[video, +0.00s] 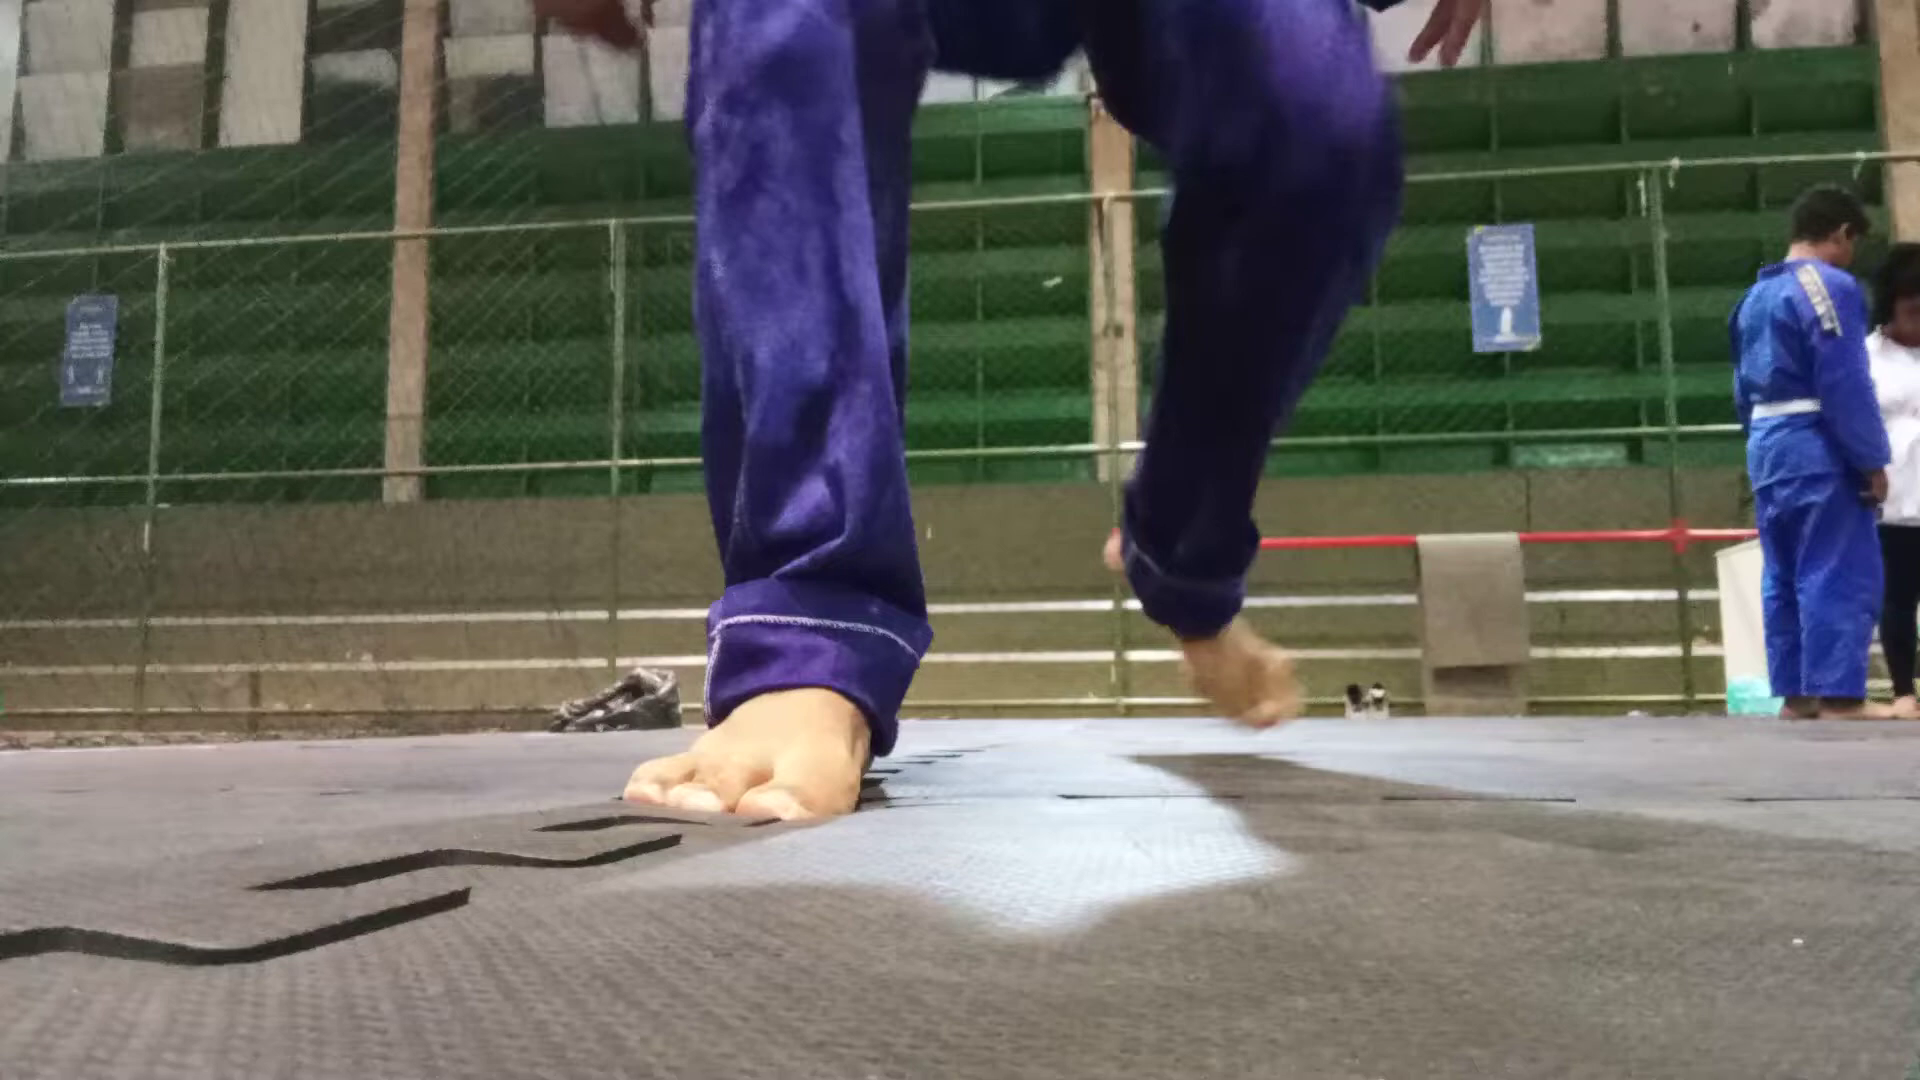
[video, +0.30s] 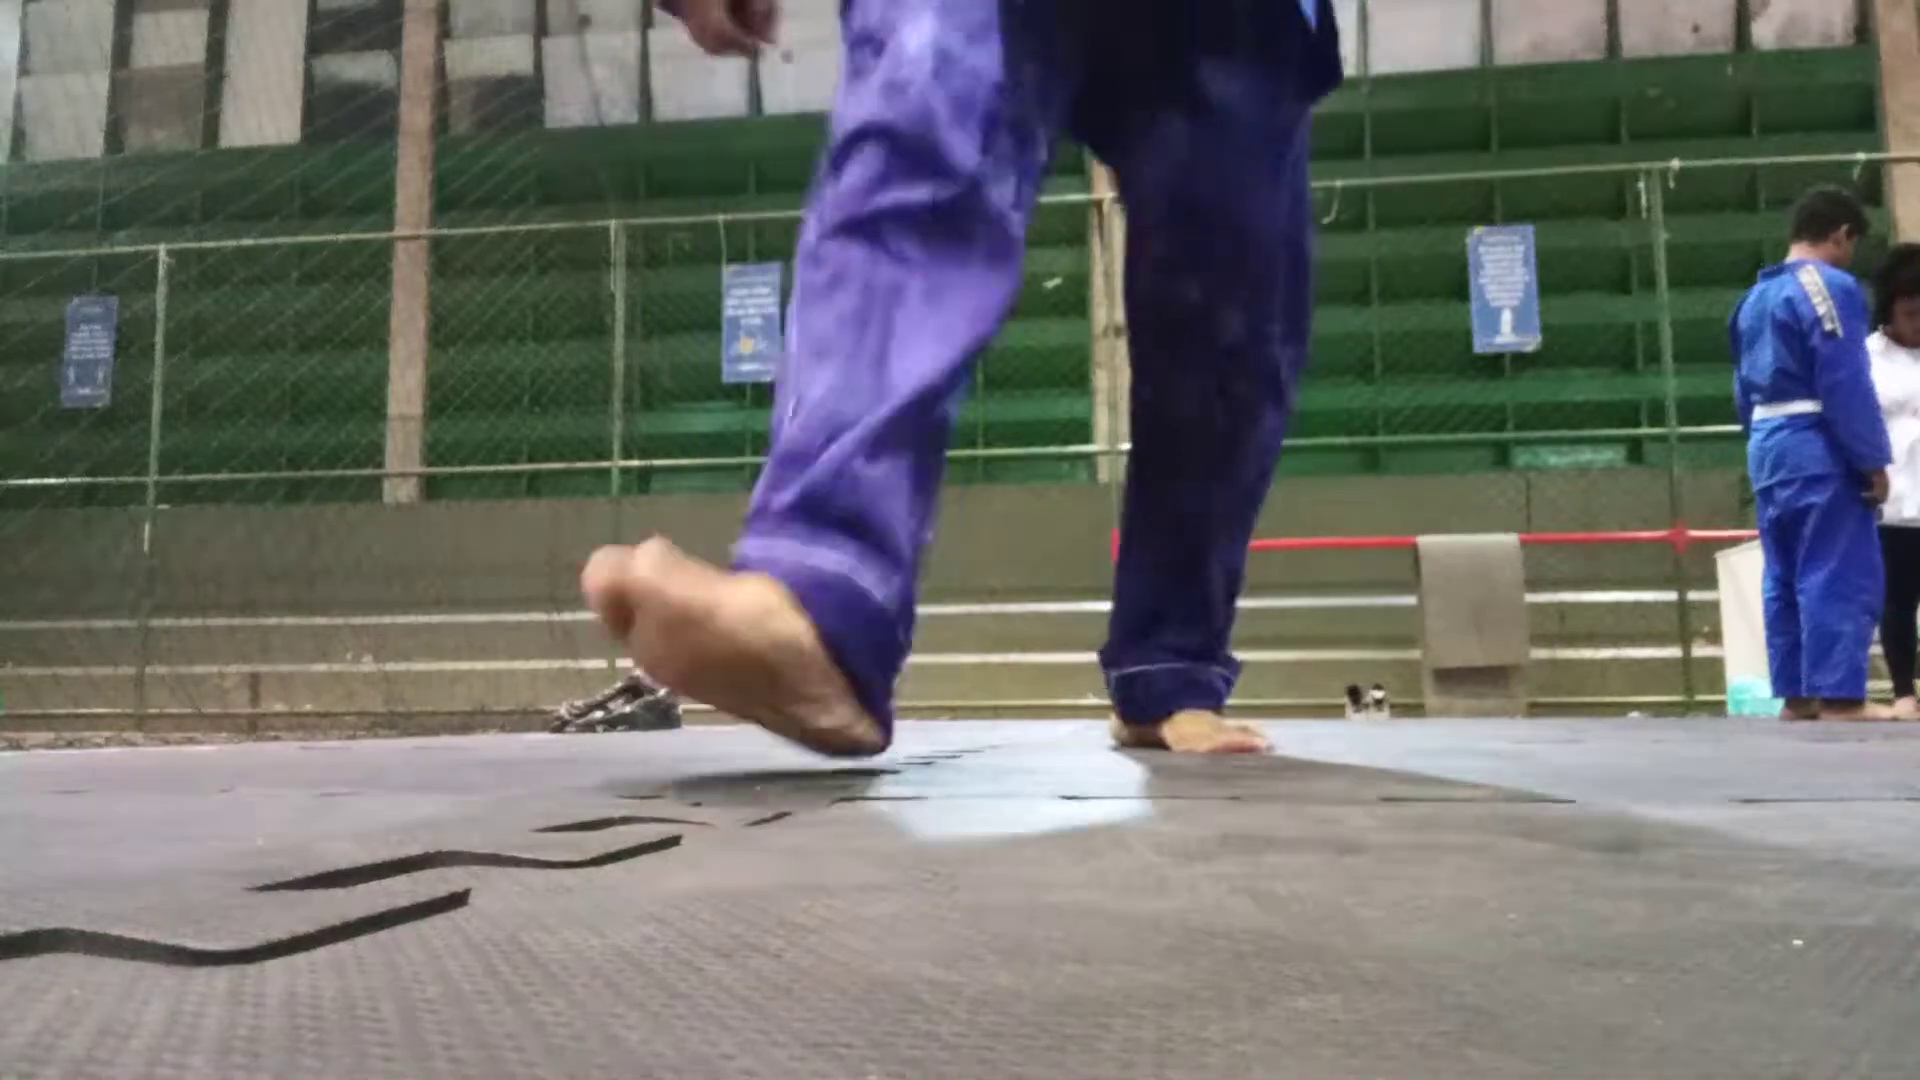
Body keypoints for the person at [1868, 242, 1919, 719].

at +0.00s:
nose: (1915, 319)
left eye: (1918, 309)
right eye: (1909, 309)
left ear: (1919, 310)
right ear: (1890, 309)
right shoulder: (1868, 353)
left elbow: (1858, 418)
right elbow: (1855, 416)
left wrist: (1868, 468)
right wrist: (1868, 471)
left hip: (1914, 498)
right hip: (1895, 497)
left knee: (1906, 602)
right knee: (1898, 603)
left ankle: (1907, 688)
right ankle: (1903, 690)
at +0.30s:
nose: (1914, 320)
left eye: (1918, 310)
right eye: (1907, 311)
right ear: (1890, 310)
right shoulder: (1869, 354)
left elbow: (1862, 415)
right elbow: (1859, 413)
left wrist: (1871, 467)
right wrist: (1871, 469)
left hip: (1913, 496)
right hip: (1895, 496)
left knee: (1906, 603)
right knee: (1898, 604)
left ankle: (1908, 689)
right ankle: (1904, 690)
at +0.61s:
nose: (1914, 319)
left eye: (1918, 310)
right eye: (1907, 310)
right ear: (1888, 309)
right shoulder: (1869, 353)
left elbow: (1861, 417)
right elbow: (1858, 415)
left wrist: (1871, 465)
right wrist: (1871, 468)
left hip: (1913, 493)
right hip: (1895, 493)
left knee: (1906, 601)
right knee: (1898, 601)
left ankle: (1908, 688)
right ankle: (1904, 690)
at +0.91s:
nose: (1913, 315)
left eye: (1916, 306)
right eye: (1906, 306)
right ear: (1888, 306)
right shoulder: (1871, 351)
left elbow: (1867, 419)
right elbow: (1862, 417)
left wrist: (1873, 467)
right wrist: (1874, 468)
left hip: (1908, 496)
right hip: (1897, 496)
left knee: (1906, 604)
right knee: (1898, 604)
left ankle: (1907, 688)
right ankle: (1904, 689)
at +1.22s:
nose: (1915, 315)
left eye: (1918, 306)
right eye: (1909, 306)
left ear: (1919, 307)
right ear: (1891, 305)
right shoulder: (1872, 349)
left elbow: (1863, 412)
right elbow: (1858, 412)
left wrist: (1874, 463)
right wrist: (1874, 466)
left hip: (1911, 495)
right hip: (1895, 495)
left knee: (1906, 603)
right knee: (1898, 603)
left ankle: (1907, 688)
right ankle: (1903, 689)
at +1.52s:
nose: (1917, 315)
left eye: (1919, 305)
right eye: (1911, 305)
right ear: (1893, 305)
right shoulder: (1871, 350)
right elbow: (1854, 408)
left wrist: (1898, 401)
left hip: (1913, 499)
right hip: (1894, 500)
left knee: (1907, 604)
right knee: (1898, 604)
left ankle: (1908, 689)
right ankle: (1904, 690)